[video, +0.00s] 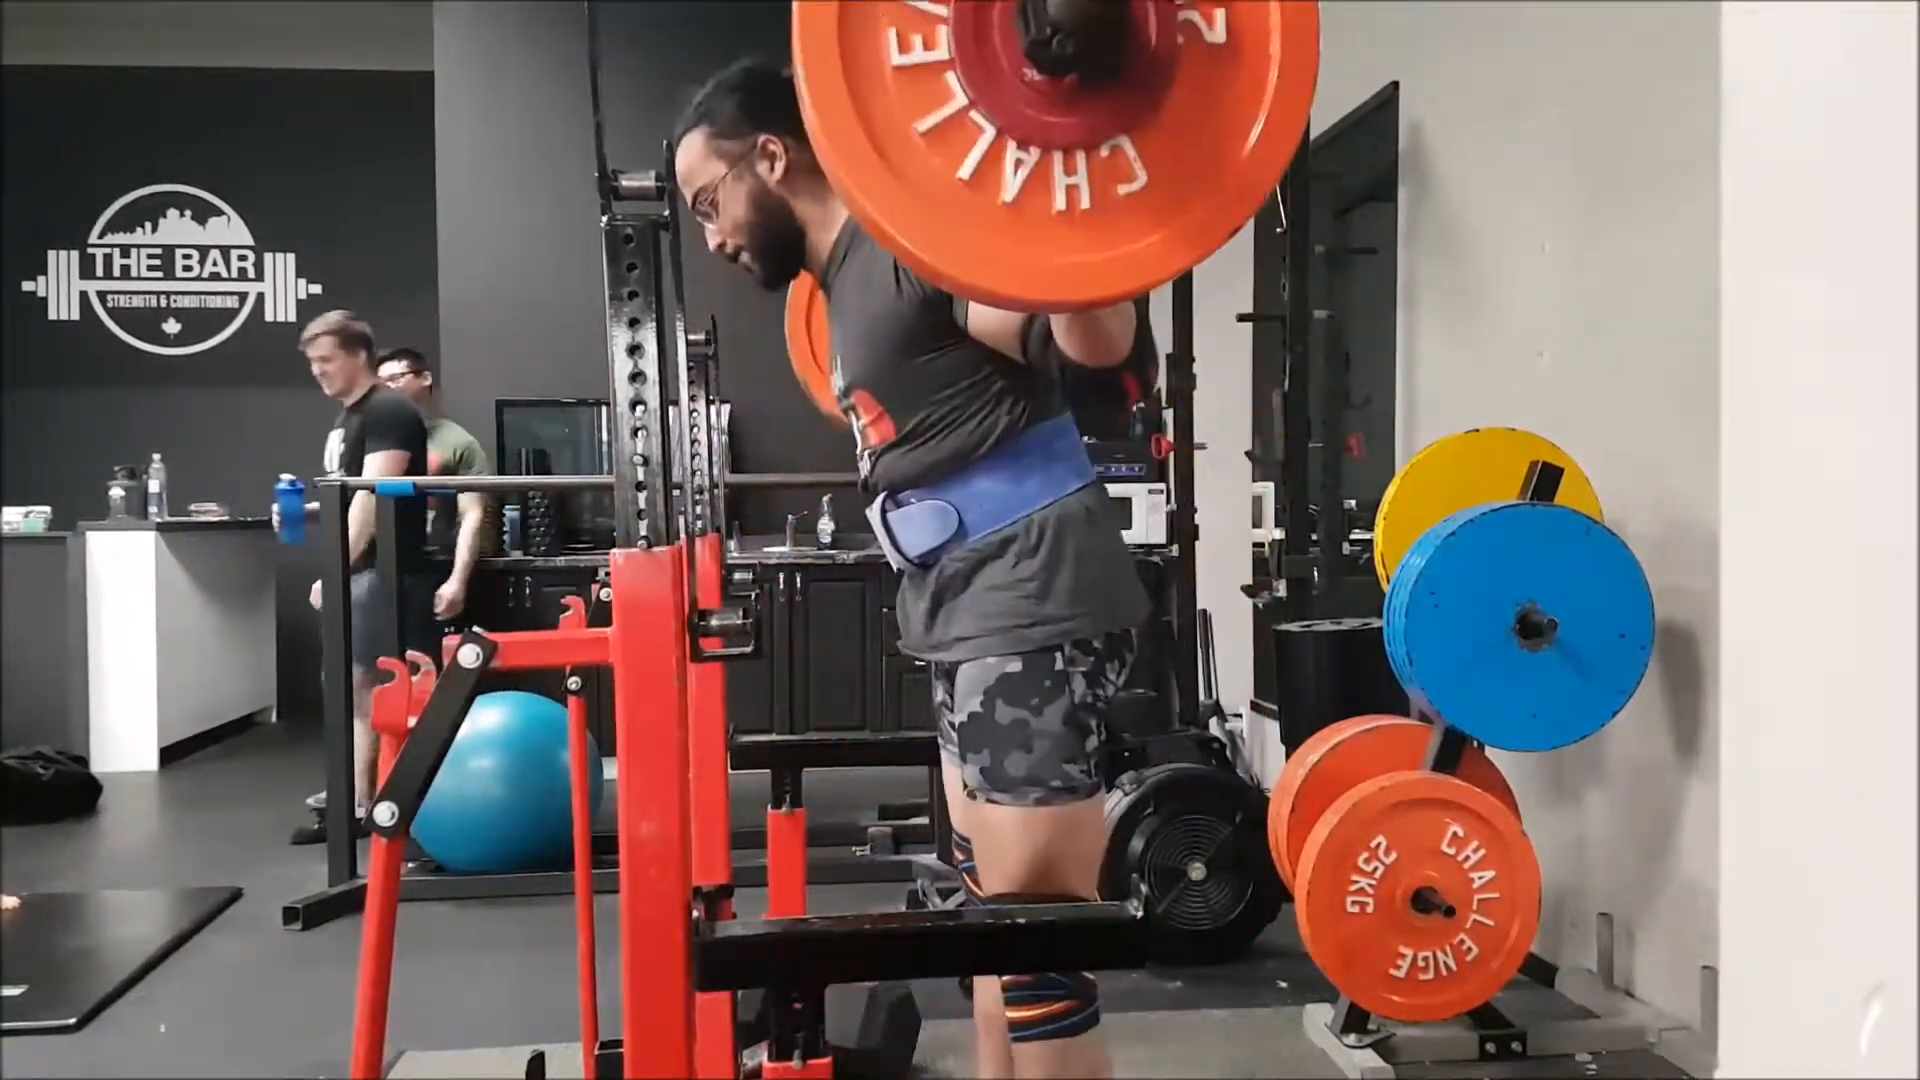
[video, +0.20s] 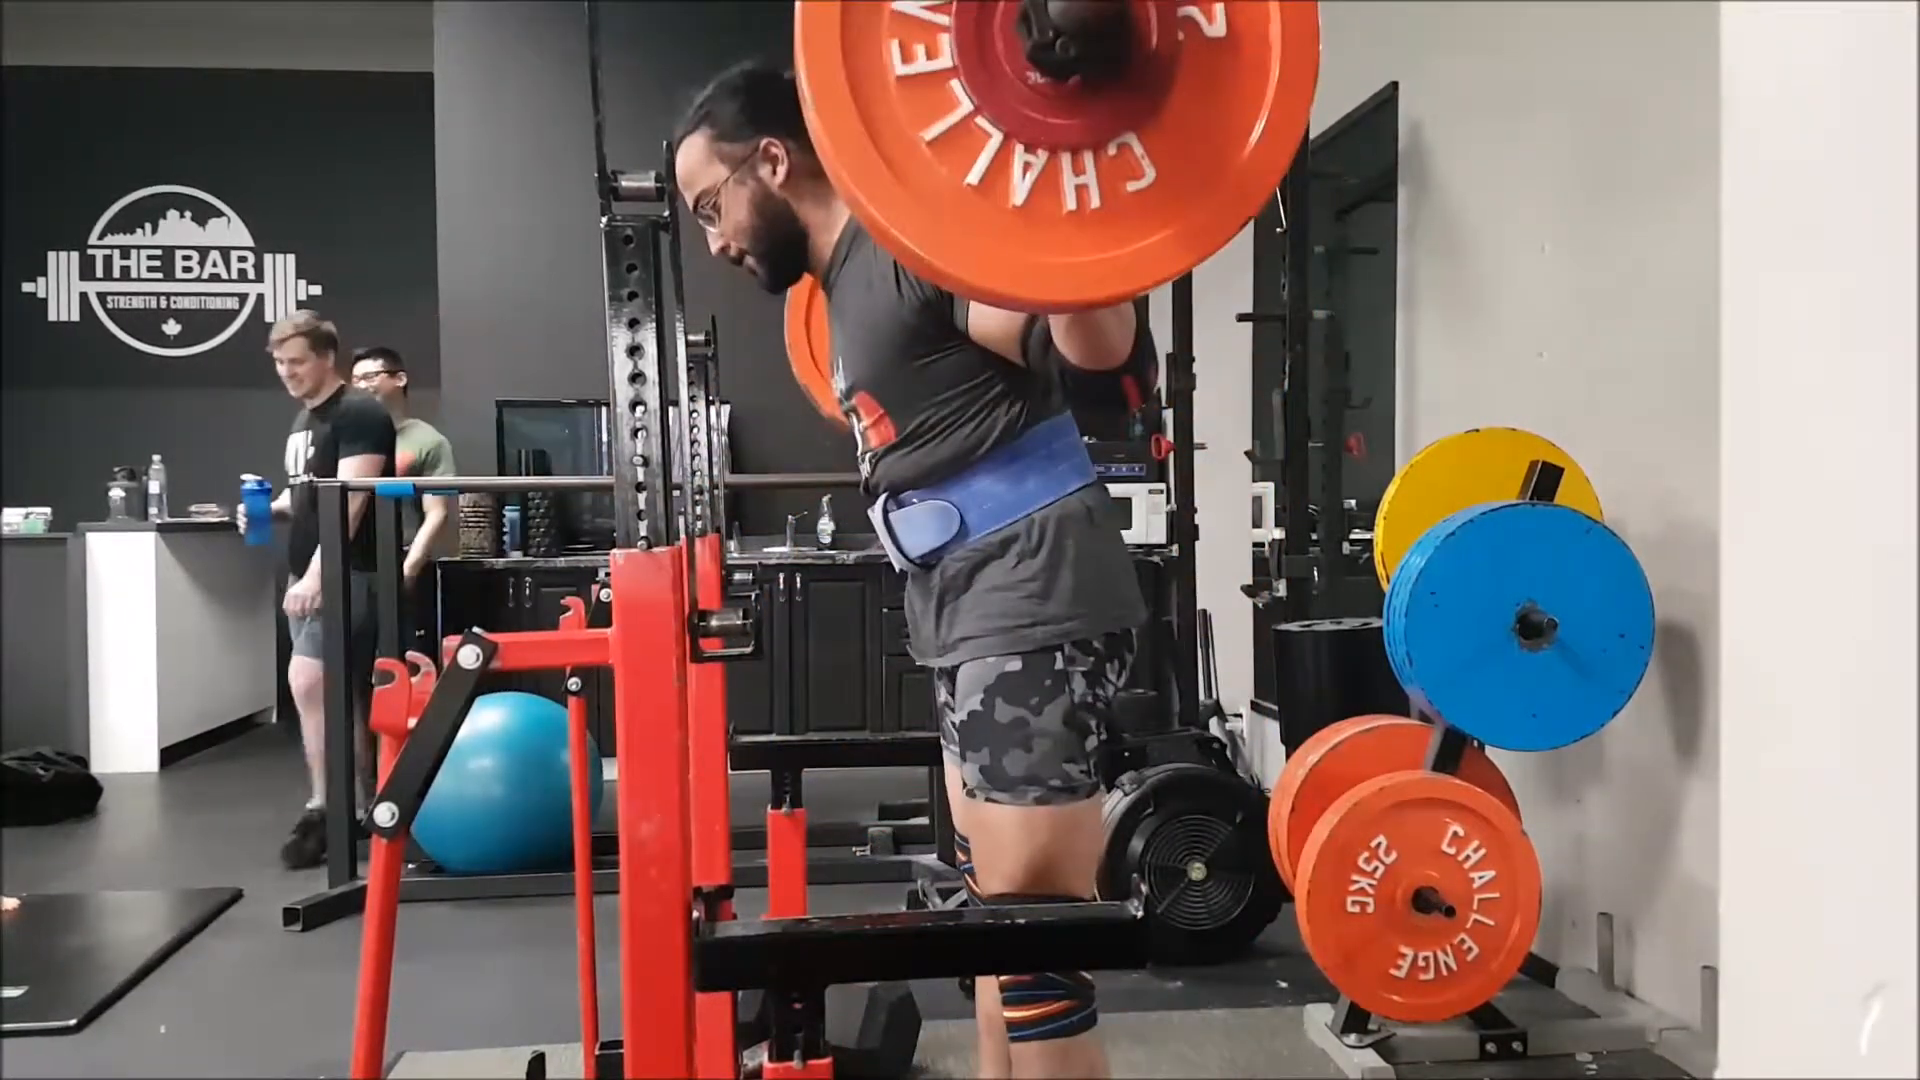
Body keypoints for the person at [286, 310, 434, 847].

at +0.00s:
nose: (318, 372)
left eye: (325, 359)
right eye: (313, 362)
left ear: (359, 355)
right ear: (319, 364)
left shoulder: (391, 411)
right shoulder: (349, 418)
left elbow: (374, 502)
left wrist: (336, 569)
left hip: (389, 571)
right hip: (360, 570)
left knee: (380, 691)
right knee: (358, 691)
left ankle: (393, 809)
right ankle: (353, 801)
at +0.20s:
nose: (287, 372)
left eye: (296, 361)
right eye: (281, 364)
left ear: (328, 358)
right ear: (280, 367)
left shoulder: (361, 414)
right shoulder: (305, 420)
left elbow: (352, 503)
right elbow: (309, 499)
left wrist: (315, 572)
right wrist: (269, 508)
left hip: (346, 577)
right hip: (313, 574)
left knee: (306, 680)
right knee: (345, 697)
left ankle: (324, 807)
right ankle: (363, 810)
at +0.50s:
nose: (247, 361)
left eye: (257, 351)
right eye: (241, 352)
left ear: (292, 350)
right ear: (240, 354)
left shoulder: (326, 413)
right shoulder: (259, 413)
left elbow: (316, 506)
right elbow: (260, 495)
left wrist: (269, 581)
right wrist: (222, 514)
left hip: (309, 584)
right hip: (259, 581)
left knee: (293, 705)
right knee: (257, 701)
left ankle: (266, 844)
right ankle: (321, 795)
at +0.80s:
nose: (223, 348)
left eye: (235, 337)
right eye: (216, 338)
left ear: (268, 338)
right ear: (210, 342)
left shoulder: (308, 402)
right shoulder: (213, 404)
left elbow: (290, 487)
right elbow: (207, 480)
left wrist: (227, 561)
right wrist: (191, 512)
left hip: (291, 580)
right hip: (225, 576)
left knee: (282, 713)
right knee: (208, 700)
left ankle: (267, 843)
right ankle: (234, 808)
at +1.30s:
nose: (142, 328)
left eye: (150, 312)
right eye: (133, 319)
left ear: (192, 306)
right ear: (133, 325)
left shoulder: (260, 386)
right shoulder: (132, 397)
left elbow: (301, 484)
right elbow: (112, 478)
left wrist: (296, 577)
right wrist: (115, 502)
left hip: (252, 592)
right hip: (164, 596)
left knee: (259, 738)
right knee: (185, 742)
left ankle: (260, 832)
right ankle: (207, 891)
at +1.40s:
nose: (121, 322)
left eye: (130, 306)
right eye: (114, 312)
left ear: (176, 300)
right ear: (117, 319)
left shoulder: (251, 387)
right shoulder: (121, 394)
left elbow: (298, 489)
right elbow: (91, 485)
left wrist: (328, 580)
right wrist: (100, 500)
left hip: (237, 592)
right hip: (150, 596)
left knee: (228, 736)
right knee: (181, 748)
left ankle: (232, 875)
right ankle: (204, 892)